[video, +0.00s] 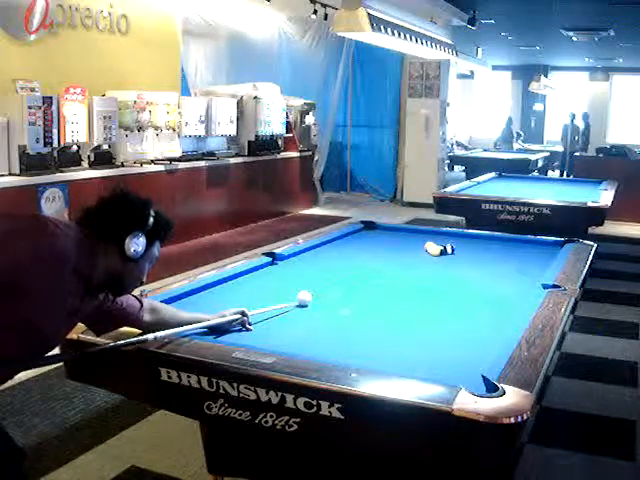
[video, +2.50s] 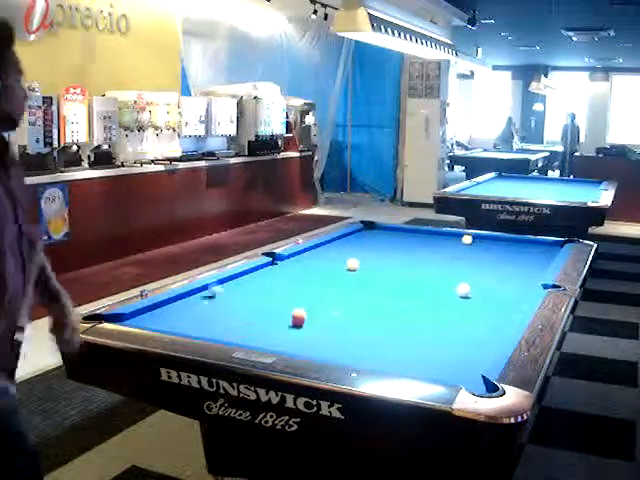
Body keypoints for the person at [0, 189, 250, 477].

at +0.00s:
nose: (148, 274)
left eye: (154, 264)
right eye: (152, 261)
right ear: (132, 246)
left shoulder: (85, 283)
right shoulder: (48, 248)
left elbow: (146, 314)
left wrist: (215, 321)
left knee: (14, 457)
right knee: (12, 459)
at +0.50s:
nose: (147, 275)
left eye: (153, 264)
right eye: (151, 261)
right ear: (133, 245)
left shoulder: (82, 284)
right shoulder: (54, 241)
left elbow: (145, 312)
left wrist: (215, 320)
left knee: (22, 454)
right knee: (20, 455)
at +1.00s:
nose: (145, 249)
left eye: (151, 238)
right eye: (148, 236)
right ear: (128, 220)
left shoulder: (88, 264)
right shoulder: (54, 224)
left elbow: (145, 306)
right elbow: (9, 315)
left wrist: (210, 322)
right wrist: (62, 336)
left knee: (20, 456)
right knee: (18, 457)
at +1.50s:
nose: (141, 236)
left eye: (146, 226)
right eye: (143, 223)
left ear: (121, 209)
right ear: (122, 207)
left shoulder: (87, 255)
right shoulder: (45, 218)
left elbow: (141, 302)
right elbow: (8, 315)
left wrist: (208, 321)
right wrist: (55, 336)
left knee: (18, 457)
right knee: (16, 457)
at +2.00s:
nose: (116, 154)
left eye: (114, 142)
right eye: (110, 142)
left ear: (80, 140)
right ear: (81, 140)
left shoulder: (61, 193)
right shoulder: (16, 190)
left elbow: (41, 293)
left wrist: (97, 315)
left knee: (21, 455)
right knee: (21, 457)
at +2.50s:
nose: (25, 87)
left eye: (19, 73)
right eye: (14, 73)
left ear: (11, 82)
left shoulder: (10, 163)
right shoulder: (6, 164)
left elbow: (26, 242)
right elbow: (23, 241)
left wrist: (59, 301)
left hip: (6, 362)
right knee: (22, 466)